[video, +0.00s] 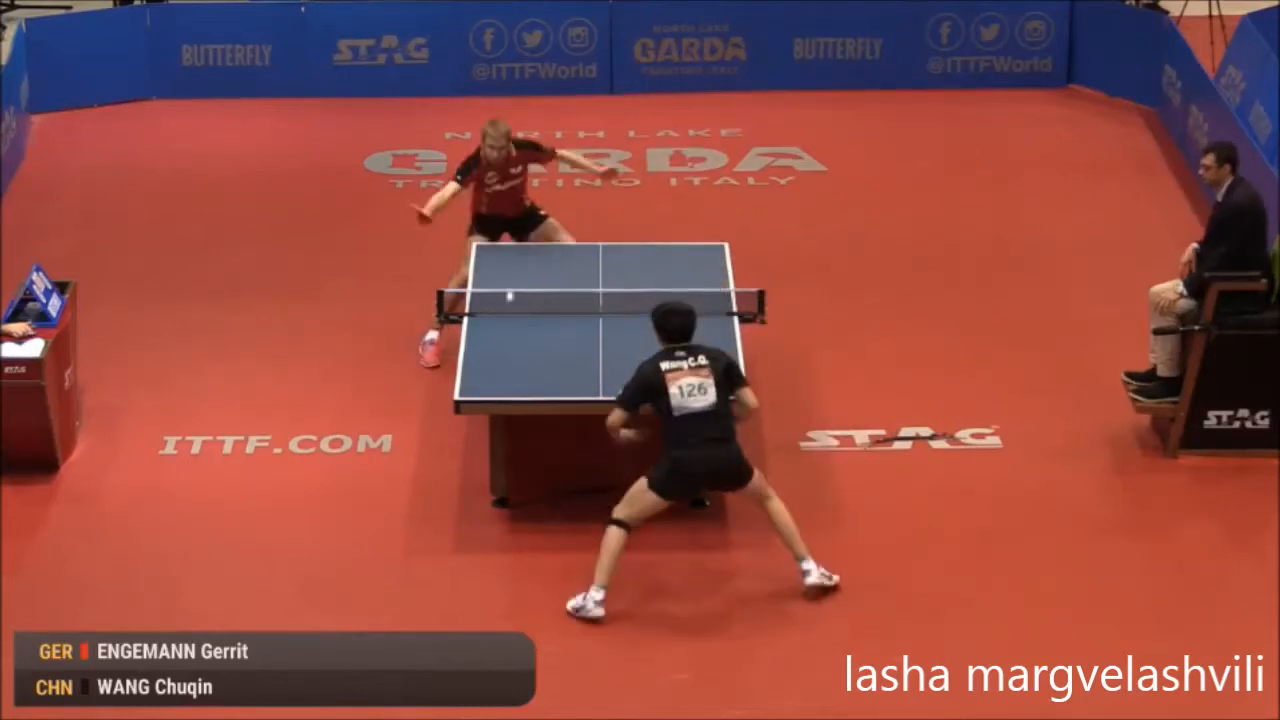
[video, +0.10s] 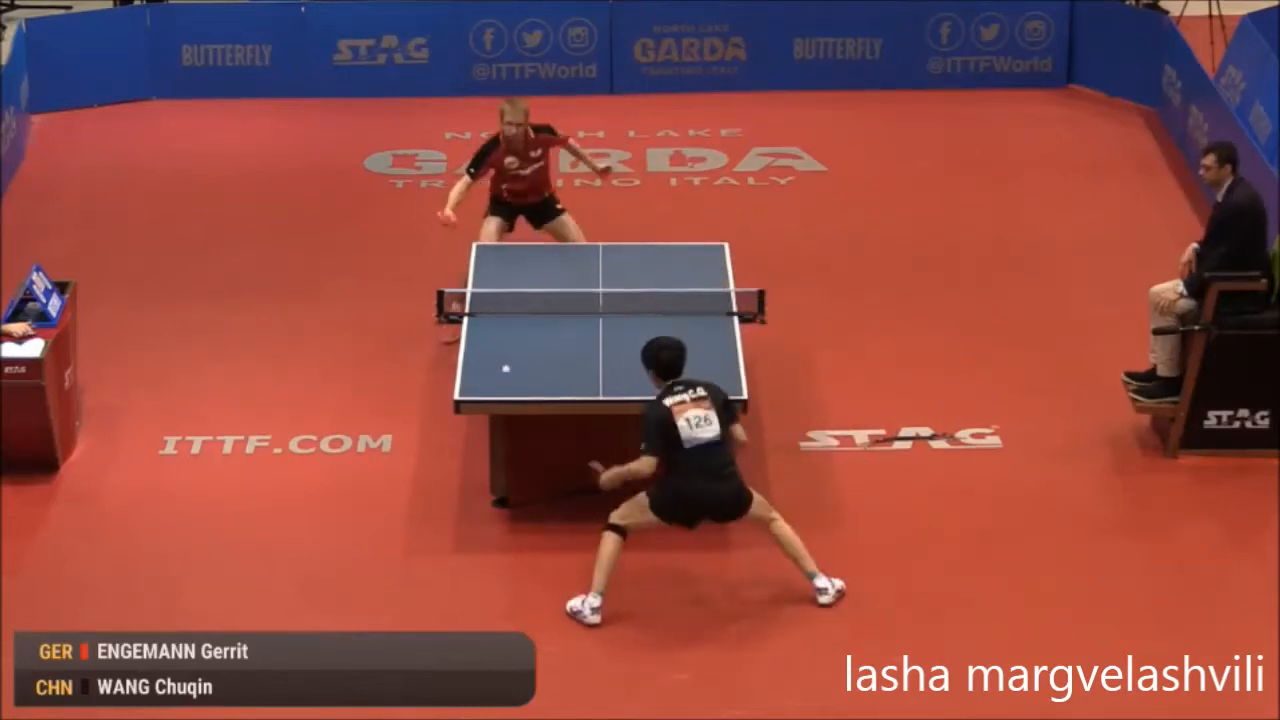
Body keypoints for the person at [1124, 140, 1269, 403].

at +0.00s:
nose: (1201, 173)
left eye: (1206, 168)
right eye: (1201, 167)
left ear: (1226, 168)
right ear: (1222, 169)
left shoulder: (1237, 203)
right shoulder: (1233, 194)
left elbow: (1221, 260)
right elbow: (1217, 239)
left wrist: (1184, 288)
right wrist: (1195, 247)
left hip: (1236, 291)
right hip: (1226, 280)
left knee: (1163, 303)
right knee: (1157, 294)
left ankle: (1170, 378)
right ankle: (1161, 368)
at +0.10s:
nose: (1201, 174)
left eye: (1207, 168)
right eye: (1201, 168)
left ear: (1226, 168)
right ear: (1222, 169)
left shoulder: (1237, 203)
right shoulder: (1232, 194)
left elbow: (1221, 260)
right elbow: (1217, 239)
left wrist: (1184, 288)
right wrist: (1195, 247)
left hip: (1236, 291)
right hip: (1226, 280)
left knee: (1163, 304)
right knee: (1157, 294)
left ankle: (1170, 378)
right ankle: (1161, 368)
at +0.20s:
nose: (1201, 174)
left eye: (1207, 169)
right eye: (1201, 168)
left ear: (1227, 168)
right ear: (1222, 169)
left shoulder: (1239, 203)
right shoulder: (1231, 195)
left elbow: (1223, 260)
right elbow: (1217, 240)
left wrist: (1185, 288)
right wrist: (1195, 247)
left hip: (1236, 291)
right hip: (1224, 280)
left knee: (1163, 303)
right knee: (1157, 294)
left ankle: (1170, 378)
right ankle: (1161, 368)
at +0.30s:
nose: (1202, 174)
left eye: (1208, 168)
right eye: (1202, 168)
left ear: (1227, 168)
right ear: (1222, 169)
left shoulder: (1238, 203)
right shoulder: (1231, 195)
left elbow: (1223, 260)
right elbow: (1217, 239)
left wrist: (1185, 288)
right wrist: (1195, 247)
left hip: (1236, 291)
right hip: (1225, 280)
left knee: (1163, 304)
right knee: (1157, 294)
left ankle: (1170, 378)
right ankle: (1161, 368)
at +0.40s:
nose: (1202, 173)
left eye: (1208, 168)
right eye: (1202, 167)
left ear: (1227, 168)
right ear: (1222, 169)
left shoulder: (1239, 203)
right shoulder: (1231, 195)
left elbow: (1223, 260)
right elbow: (1217, 240)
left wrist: (1184, 288)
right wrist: (1195, 247)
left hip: (1236, 291)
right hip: (1224, 280)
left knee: (1163, 304)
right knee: (1157, 294)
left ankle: (1170, 378)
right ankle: (1161, 368)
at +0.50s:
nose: (1202, 173)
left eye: (1208, 168)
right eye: (1202, 167)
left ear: (1227, 168)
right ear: (1222, 169)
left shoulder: (1238, 204)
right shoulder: (1233, 195)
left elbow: (1223, 260)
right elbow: (1218, 241)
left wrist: (1184, 288)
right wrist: (1195, 247)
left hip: (1236, 292)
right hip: (1225, 280)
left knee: (1163, 304)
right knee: (1157, 294)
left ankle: (1170, 379)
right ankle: (1161, 369)